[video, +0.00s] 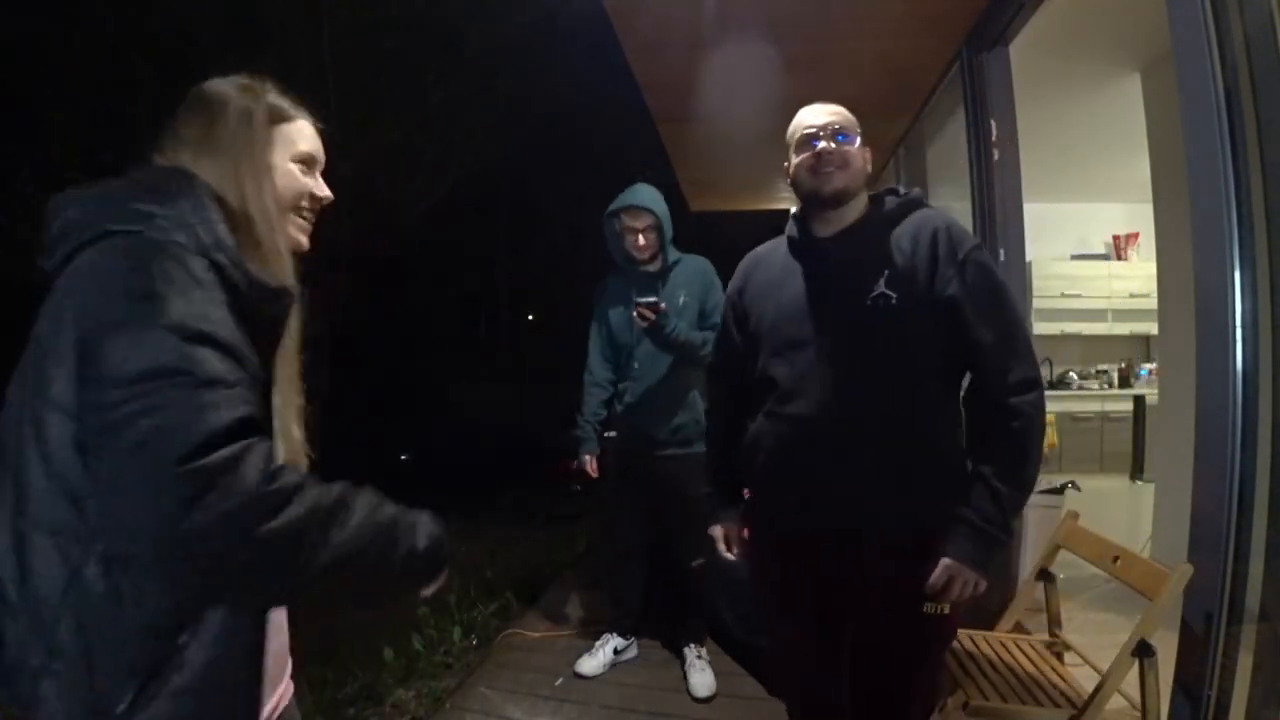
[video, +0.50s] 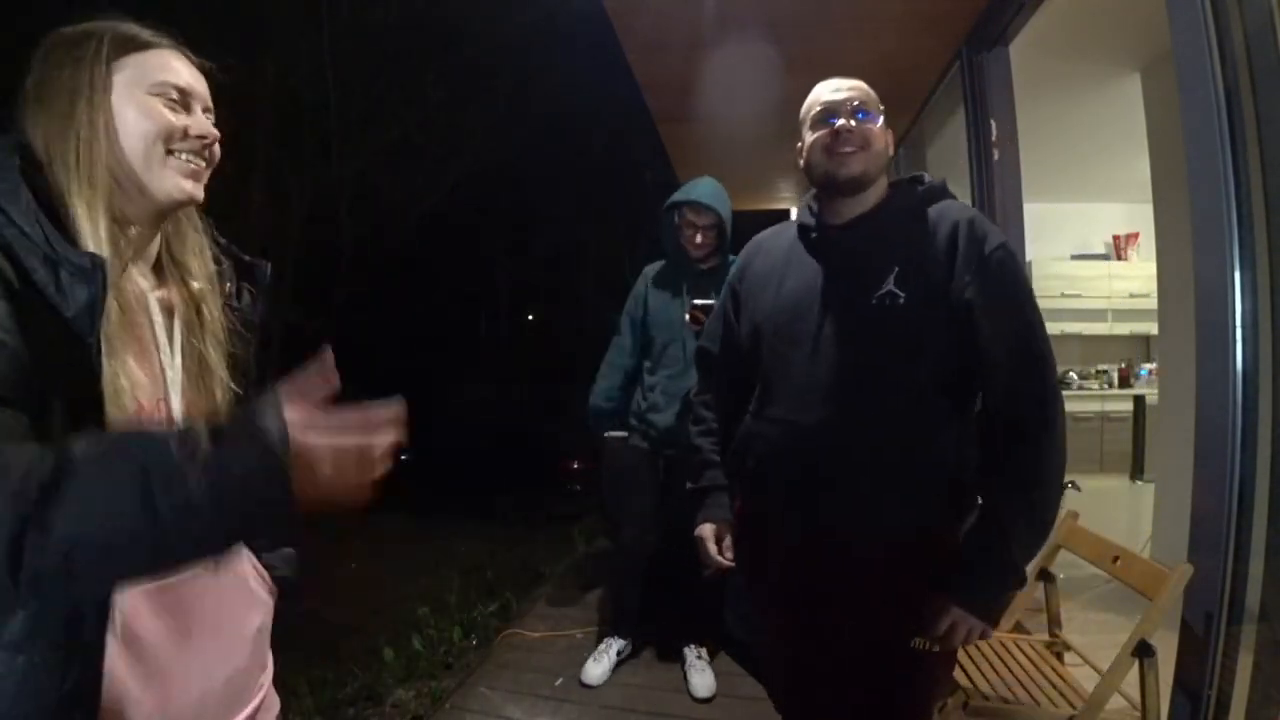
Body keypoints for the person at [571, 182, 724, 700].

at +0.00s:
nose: (637, 241)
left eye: (645, 230)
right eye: (627, 232)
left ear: (664, 229)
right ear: (616, 237)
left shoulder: (696, 273)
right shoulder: (613, 289)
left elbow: (719, 348)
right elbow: (599, 369)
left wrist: (666, 328)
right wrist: (587, 436)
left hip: (685, 443)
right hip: (627, 442)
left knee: (690, 547)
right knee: (622, 541)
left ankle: (693, 644)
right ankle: (620, 635)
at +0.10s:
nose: (653, 239)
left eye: (662, 229)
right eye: (643, 230)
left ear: (679, 229)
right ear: (632, 235)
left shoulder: (710, 274)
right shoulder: (625, 291)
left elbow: (726, 353)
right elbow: (606, 368)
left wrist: (678, 332)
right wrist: (594, 432)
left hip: (695, 437)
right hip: (636, 436)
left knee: (694, 540)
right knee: (626, 535)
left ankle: (694, 642)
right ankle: (620, 633)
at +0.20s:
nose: (668, 240)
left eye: (677, 230)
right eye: (659, 231)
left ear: (695, 230)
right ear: (646, 234)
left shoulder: (719, 275)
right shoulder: (635, 287)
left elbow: (732, 354)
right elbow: (613, 363)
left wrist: (689, 331)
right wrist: (596, 424)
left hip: (700, 431)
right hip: (641, 431)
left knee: (694, 533)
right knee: (626, 531)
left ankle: (695, 642)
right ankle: (621, 633)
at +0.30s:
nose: (680, 240)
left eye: (690, 231)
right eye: (671, 231)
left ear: (708, 232)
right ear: (657, 233)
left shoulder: (730, 281)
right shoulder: (643, 286)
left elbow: (749, 346)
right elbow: (618, 359)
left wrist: (707, 328)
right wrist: (595, 417)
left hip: (706, 433)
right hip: (643, 432)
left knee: (698, 538)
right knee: (629, 533)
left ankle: (696, 643)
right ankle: (621, 633)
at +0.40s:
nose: (690, 237)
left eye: (700, 228)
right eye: (681, 228)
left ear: (717, 230)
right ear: (668, 230)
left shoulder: (736, 285)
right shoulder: (651, 282)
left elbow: (750, 357)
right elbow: (620, 358)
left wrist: (712, 327)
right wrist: (603, 422)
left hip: (707, 437)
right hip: (645, 433)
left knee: (700, 540)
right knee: (631, 536)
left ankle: (696, 645)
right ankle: (620, 633)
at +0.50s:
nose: (696, 235)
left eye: (707, 226)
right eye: (687, 225)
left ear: (723, 229)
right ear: (674, 228)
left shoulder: (741, 284)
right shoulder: (655, 280)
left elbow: (754, 360)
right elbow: (626, 347)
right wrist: (603, 412)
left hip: (712, 440)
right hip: (648, 437)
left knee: (704, 543)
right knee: (633, 539)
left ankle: (697, 643)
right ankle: (621, 634)